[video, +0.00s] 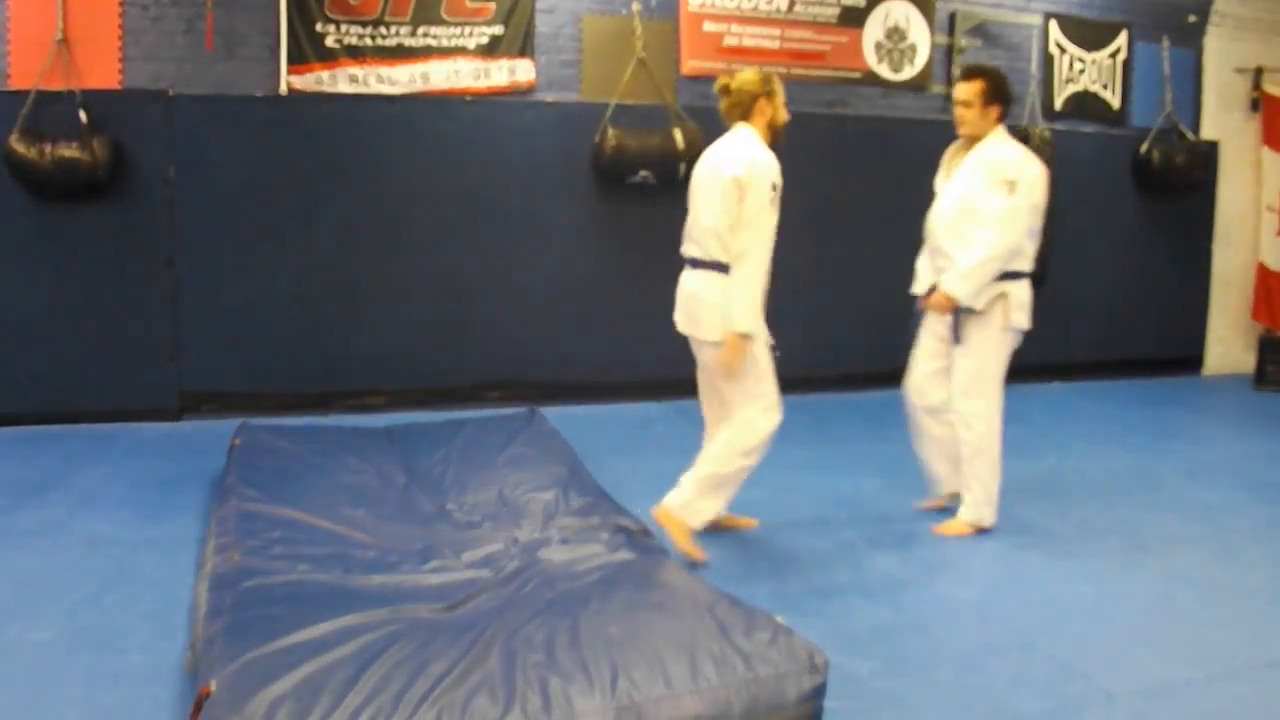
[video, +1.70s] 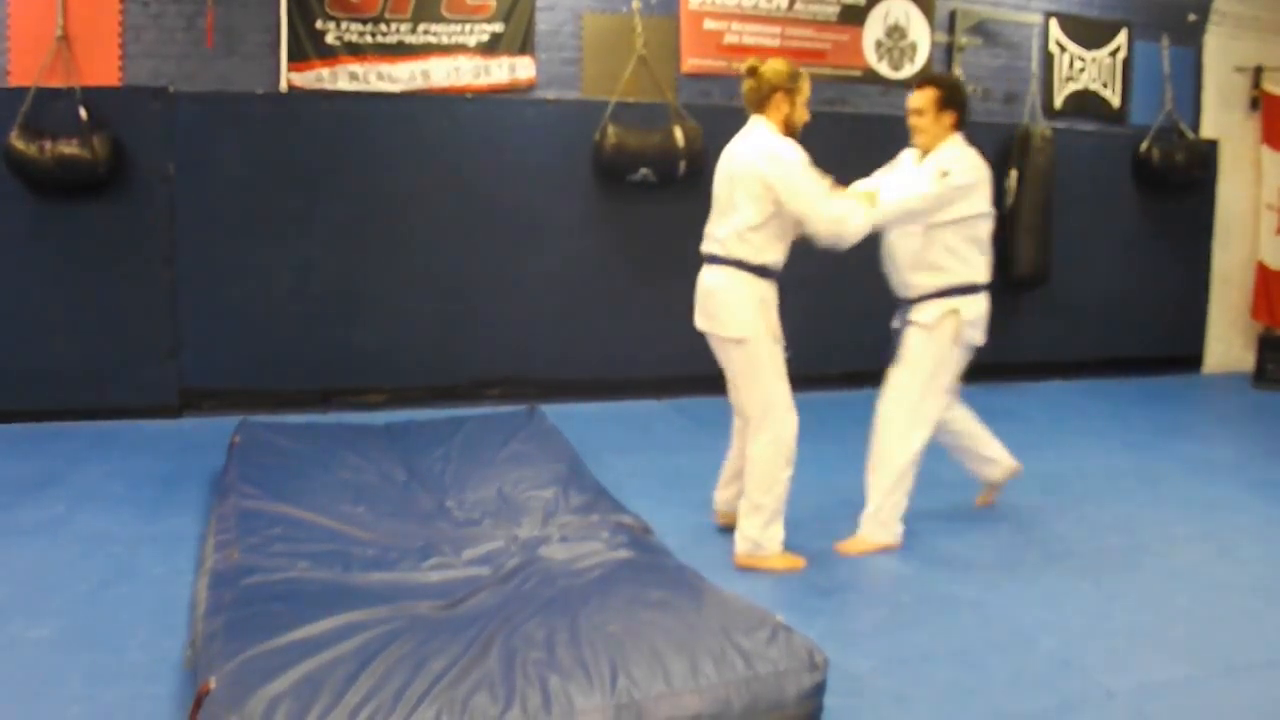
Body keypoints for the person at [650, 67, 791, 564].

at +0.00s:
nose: (784, 112)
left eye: (781, 103)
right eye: (780, 104)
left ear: (740, 108)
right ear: (762, 107)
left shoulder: (713, 155)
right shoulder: (759, 161)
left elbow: (700, 237)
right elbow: (752, 249)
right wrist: (740, 323)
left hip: (696, 286)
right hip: (730, 294)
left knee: (717, 407)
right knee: (761, 410)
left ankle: (710, 505)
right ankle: (682, 507)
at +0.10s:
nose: (796, 110)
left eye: (794, 101)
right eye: (791, 101)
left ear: (751, 104)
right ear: (773, 104)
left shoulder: (728, 148)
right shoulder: (767, 155)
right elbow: (750, 235)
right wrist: (728, 304)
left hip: (706, 277)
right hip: (737, 285)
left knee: (721, 406)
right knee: (775, 406)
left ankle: (709, 510)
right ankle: (727, 518)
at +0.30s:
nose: (809, 108)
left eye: (807, 100)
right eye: (804, 100)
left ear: (763, 104)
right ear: (787, 104)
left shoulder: (738, 151)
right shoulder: (787, 159)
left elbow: (723, 232)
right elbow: (778, 245)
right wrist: (770, 324)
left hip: (718, 285)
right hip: (754, 293)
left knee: (728, 409)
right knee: (779, 421)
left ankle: (710, 502)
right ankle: (759, 543)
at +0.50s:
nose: (811, 98)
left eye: (809, 89)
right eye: (807, 90)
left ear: (759, 94)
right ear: (792, 95)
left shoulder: (733, 148)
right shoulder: (797, 153)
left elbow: (734, 223)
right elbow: (817, 240)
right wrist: (842, 312)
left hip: (723, 280)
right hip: (765, 290)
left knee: (737, 403)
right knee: (779, 417)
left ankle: (721, 496)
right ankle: (758, 543)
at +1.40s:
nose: (799, 100)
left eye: (795, 91)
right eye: (794, 92)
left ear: (752, 96)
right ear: (778, 95)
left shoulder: (731, 149)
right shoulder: (779, 154)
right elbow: (800, 241)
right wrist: (876, 254)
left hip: (733, 283)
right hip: (767, 291)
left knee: (734, 404)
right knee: (782, 416)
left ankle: (720, 506)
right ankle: (756, 541)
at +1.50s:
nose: (800, 101)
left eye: (797, 93)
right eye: (796, 93)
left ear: (753, 95)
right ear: (781, 95)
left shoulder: (733, 145)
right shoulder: (785, 152)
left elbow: (761, 201)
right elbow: (838, 214)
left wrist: (810, 176)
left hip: (724, 282)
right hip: (763, 291)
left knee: (730, 405)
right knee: (781, 417)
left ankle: (720, 506)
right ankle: (756, 541)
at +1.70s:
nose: (809, 112)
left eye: (807, 103)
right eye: (804, 102)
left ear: (768, 102)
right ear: (781, 101)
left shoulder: (745, 144)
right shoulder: (775, 153)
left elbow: (802, 214)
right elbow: (834, 227)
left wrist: (837, 196)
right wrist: (870, 200)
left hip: (722, 286)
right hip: (743, 293)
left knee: (753, 407)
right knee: (776, 418)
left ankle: (730, 504)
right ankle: (758, 543)